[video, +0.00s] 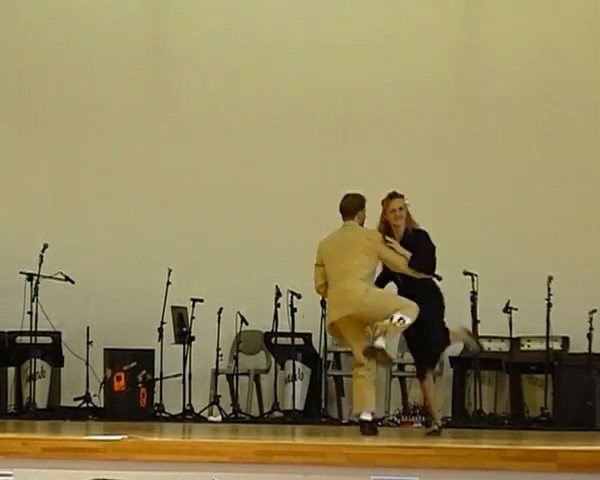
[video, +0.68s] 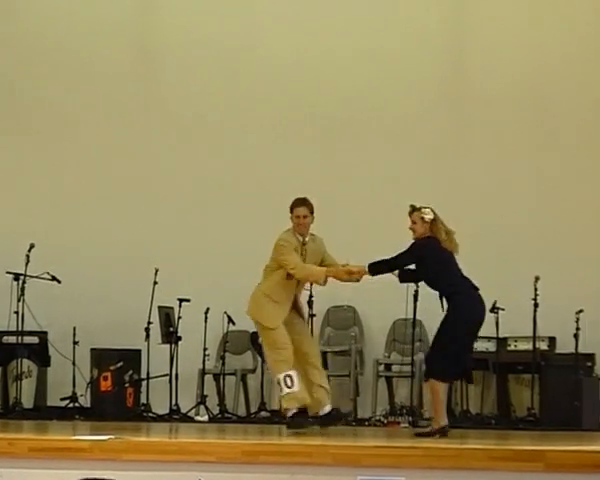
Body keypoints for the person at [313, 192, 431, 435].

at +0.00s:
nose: (366, 216)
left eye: (364, 213)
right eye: (365, 213)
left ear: (342, 215)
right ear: (361, 214)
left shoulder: (325, 244)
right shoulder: (369, 236)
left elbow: (320, 285)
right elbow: (399, 264)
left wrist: (339, 300)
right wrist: (418, 274)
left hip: (336, 307)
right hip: (362, 299)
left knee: (362, 360)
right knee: (410, 308)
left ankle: (365, 416)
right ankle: (381, 338)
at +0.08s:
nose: (367, 212)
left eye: (366, 207)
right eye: (366, 208)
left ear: (343, 209)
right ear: (361, 209)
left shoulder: (325, 237)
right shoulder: (362, 230)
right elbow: (387, 256)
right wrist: (413, 264)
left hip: (325, 301)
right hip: (350, 292)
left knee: (359, 350)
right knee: (395, 311)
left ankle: (359, 413)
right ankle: (387, 364)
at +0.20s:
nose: (365, 211)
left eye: (364, 207)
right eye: (363, 207)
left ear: (346, 210)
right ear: (353, 209)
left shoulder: (337, 233)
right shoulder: (345, 230)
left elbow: (342, 275)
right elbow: (355, 258)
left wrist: (366, 274)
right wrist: (390, 258)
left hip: (323, 301)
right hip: (332, 299)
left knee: (350, 356)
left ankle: (345, 417)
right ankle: (391, 383)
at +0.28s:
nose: (361, 210)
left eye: (361, 205)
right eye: (358, 206)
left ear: (344, 208)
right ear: (345, 208)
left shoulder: (342, 233)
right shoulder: (337, 228)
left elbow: (350, 273)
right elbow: (336, 256)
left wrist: (374, 265)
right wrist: (372, 255)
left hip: (324, 300)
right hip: (321, 297)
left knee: (341, 356)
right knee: (355, 330)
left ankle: (341, 414)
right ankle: (360, 388)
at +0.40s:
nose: (348, 215)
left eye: (350, 211)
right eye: (344, 210)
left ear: (348, 213)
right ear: (331, 212)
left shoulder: (338, 241)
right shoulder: (323, 235)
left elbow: (352, 277)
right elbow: (318, 264)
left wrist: (380, 269)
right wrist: (351, 256)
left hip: (322, 307)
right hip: (302, 304)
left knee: (348, 345)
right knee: (335, 338)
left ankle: (339, 405)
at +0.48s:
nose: (330, 223)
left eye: (332, 219)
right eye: (325, 219)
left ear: (336, 220)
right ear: (314, 220)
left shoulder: (330, 251)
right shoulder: (305, 246)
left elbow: (343, 284)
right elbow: (306, 280)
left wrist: (374, 293)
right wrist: (339, 282)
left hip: (311, 316)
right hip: (288, 313)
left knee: (335, 359)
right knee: (312, 358)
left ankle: (322, 417)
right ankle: (295, 416)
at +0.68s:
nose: (301, 221)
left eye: (305, 217)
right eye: (296, 217)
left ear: (312, 219)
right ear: (291, 218)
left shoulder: (315, 243)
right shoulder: (283, 243)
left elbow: (330, 264)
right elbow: (298, 270)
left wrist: (348, 270)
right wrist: (331, 273)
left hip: (290, 307)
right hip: (266, 306)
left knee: (309, 351)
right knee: (282, 353)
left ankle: (322, 409)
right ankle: (292, 411)